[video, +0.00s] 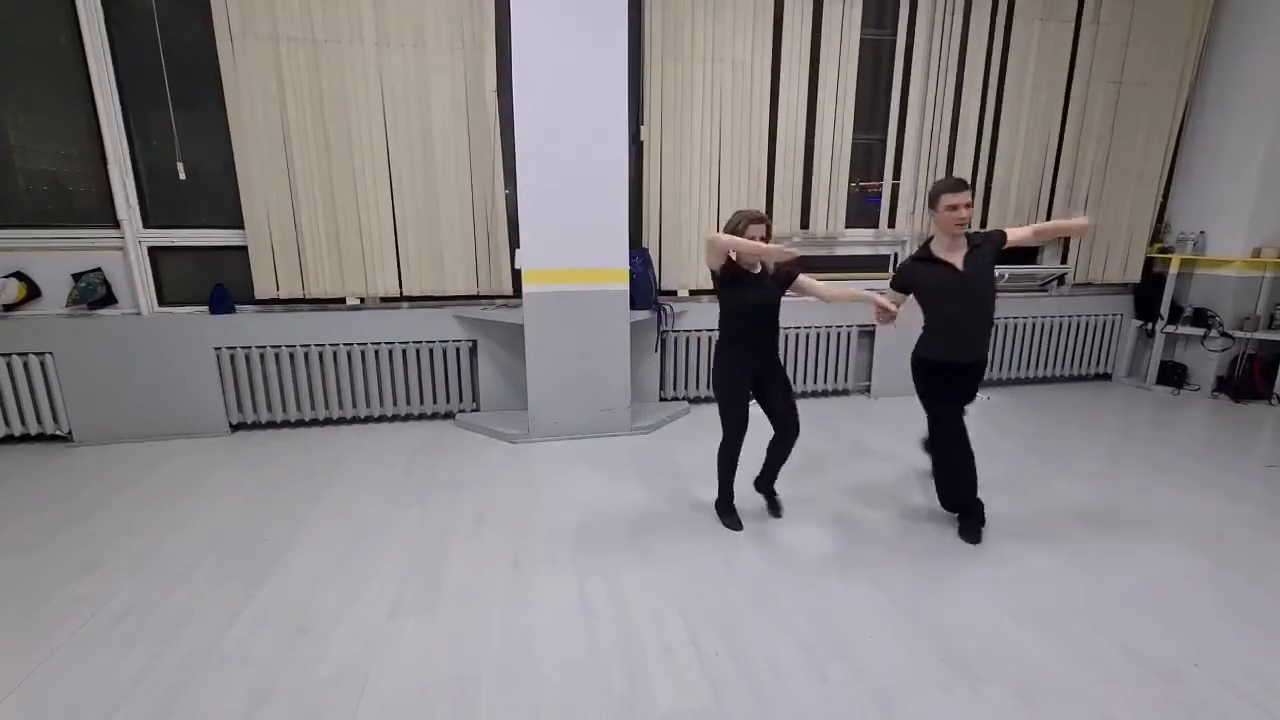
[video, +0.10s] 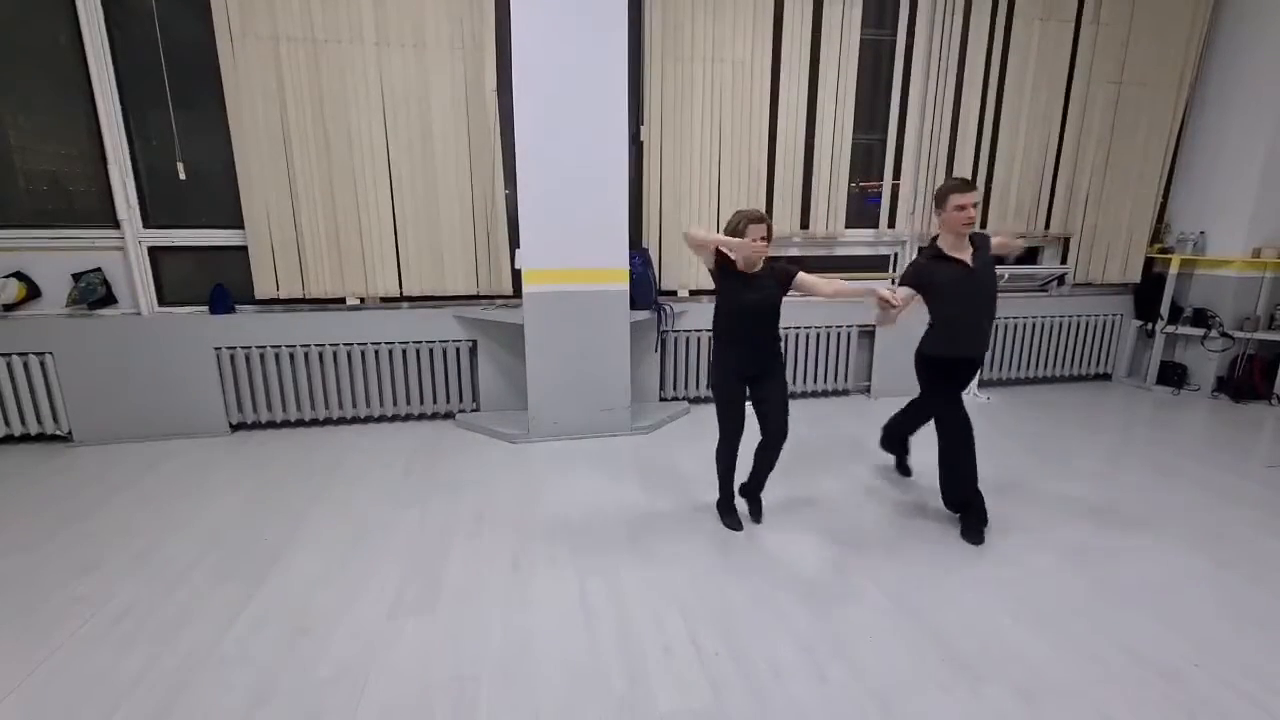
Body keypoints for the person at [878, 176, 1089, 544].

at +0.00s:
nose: (962, 214)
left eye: (967, 207)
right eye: (952, 208)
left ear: (972, 209)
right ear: (932, 213)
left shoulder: (986, 244)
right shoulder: (914, 268)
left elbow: (1034, 233)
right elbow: (886, 312)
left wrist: (1073, 225)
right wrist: (882, 311)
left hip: (973, 361)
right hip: (933, 363)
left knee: (954, 411)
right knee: (952, 433)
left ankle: (935, 442)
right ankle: (967, 509)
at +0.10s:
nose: (969, 214)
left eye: (973, 207)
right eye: (960, 208)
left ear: (977, 211)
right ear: (940, 214)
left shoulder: (981, 245)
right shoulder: (925, 265)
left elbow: (1006, 245)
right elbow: (888, 316)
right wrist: (884, 305)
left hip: (971, 357)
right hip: (936, 359)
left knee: (931, 402)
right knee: (957, 430)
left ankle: (895, 433)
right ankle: (970, 509)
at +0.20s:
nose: (967, 212)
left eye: (971, 205)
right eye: (958, 206)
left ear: (975, 209)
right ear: (937, 212)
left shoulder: (973, 250)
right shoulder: (930, 259)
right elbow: (912, 302)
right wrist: (899, 299)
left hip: (960, 352)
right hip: (930, 353)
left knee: (919, 406)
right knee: (952, 431)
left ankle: (883, 446)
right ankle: (970, 511)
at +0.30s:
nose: (960, 209)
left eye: (964, 203)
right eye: (950, 203)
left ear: (967, 207)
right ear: (931, 209)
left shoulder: (958, 244)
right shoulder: (927, 253)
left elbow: (956, 274)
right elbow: (923, 285)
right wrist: (914, 287)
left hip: (942, 343)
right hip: (915, 345)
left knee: (918, 407)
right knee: (936, 428)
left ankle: (886, 453)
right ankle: (965, 509)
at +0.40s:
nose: (945, 212)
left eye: (948, 206)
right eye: (935, 207)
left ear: (952, 209)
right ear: (917, 214)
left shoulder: (951, 242)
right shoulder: (908, 257)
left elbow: (972, 248)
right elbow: (917, 307)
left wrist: (992, 255)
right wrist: (914, 282)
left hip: (923, 339)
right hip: (894, 341)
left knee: (914, 410)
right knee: (916, 419)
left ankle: (887, 457)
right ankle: (949, 496)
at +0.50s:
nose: (923, 214)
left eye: (928, 208)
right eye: (915, 209)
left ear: (932, 211)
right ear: (899, 214)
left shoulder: (939, 245)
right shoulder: (885, 260)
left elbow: (976, 264)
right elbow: (882, 316)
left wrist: (1014, 283)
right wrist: (892, 311)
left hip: (906, 335)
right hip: (873, 336)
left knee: (906, 403)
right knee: (901, 403)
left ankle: (886, 457)